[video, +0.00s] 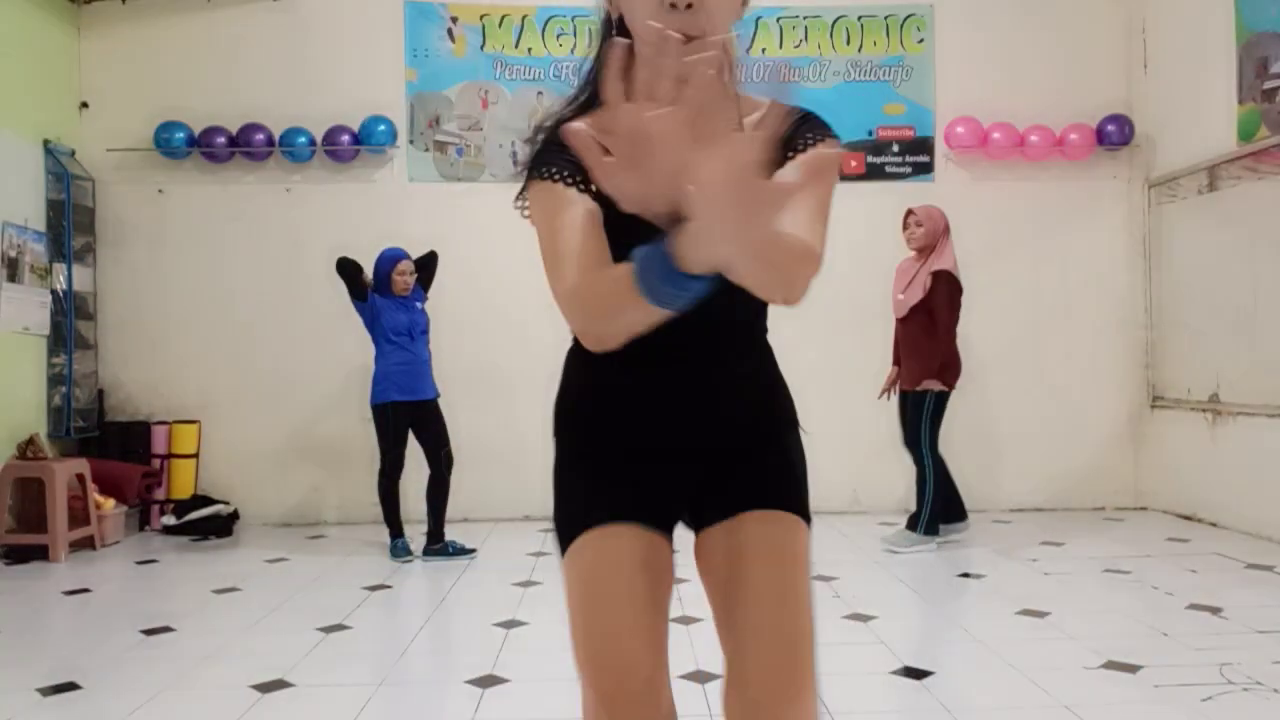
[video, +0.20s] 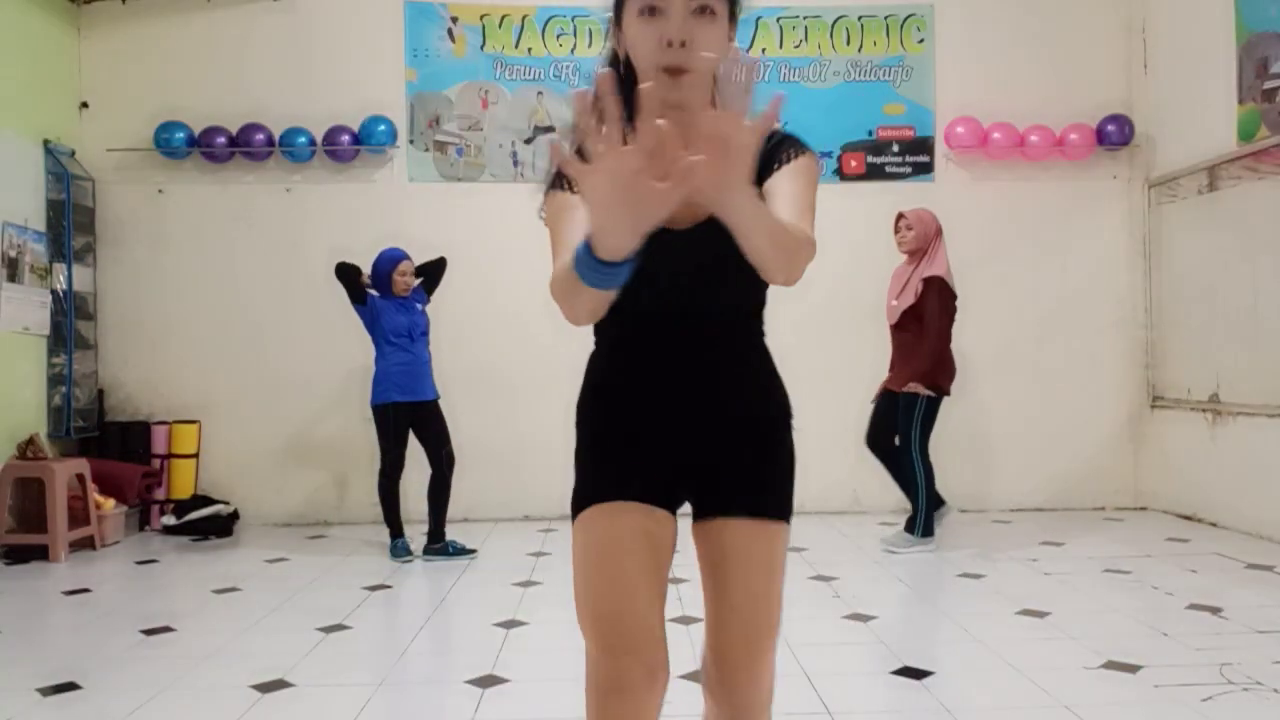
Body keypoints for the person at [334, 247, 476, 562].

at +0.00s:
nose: (408, 279)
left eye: (411, 273)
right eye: (401, 274)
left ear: (414, 276)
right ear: (386, 278)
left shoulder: (416, 299)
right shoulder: (373, 304)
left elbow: (432, 258)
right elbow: (343, 265)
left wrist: (407, 270)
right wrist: (365, 281)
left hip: (424, 396)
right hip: (390, 399)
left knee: (442, 462)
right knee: (392, 466)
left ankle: (436, 541)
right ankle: (397, 538)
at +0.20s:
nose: (409, 280)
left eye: (411, 274)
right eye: (403, 274)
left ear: (413, 277)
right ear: (386, 278)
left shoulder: (417, 300)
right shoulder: (372, 305)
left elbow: (440, 264)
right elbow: (342, 269)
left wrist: (411, 274)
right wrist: (365, 280)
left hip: (424, 397)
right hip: (390, 399)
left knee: (444, 461)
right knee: (392, 466)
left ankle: (436, 540)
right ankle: (397, 538)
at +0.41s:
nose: (409, 279)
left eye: (412, 273)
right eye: (403, 274)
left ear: (413, 277)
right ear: (386, 278)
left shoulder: (418, 301)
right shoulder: (373, 307)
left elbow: (448, 269)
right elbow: (344, 270)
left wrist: (414, 276)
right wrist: (365, 280)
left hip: (424, 396)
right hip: (390, 399)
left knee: (444, 461)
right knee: (392, 466)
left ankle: (437, 540)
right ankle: (397, 538)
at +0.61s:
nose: (412, 277)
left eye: (413, 272)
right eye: (405, 272)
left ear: (413, 277)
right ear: (388, 278)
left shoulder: (420, 302)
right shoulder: (374, 306)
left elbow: (453, 273)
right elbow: (346, 271)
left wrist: (421, 277)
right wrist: (363, 281)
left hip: (423, 397)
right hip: (388, 399)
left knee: (441, 462)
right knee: (391, 467)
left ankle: (439, 539)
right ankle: (397, 538)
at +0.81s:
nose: (412, 277)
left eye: (413, 271)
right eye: (405, 271)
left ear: (414, 276)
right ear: (388, 278)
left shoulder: (423, 304)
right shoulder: (375, 307)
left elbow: (461, 280)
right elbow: (349, 276)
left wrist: (425, 278)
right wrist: (365, 283)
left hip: (422, 398)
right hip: (387, 400)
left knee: (441, 462)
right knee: (393, 468)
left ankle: (442, 536)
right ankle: (398, 538)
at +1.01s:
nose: (413, 276)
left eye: (414, 270)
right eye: (406, 271)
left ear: (415, 275)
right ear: (389, 277)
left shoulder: (425, 305)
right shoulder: (378, 307)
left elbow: (463, 281)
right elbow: (349, 280)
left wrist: (428, 282)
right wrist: (366, 289)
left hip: (421, 398)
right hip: (386, 401)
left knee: (440, 462)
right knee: (398, 466)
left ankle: (443, 534)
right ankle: (398, 538)